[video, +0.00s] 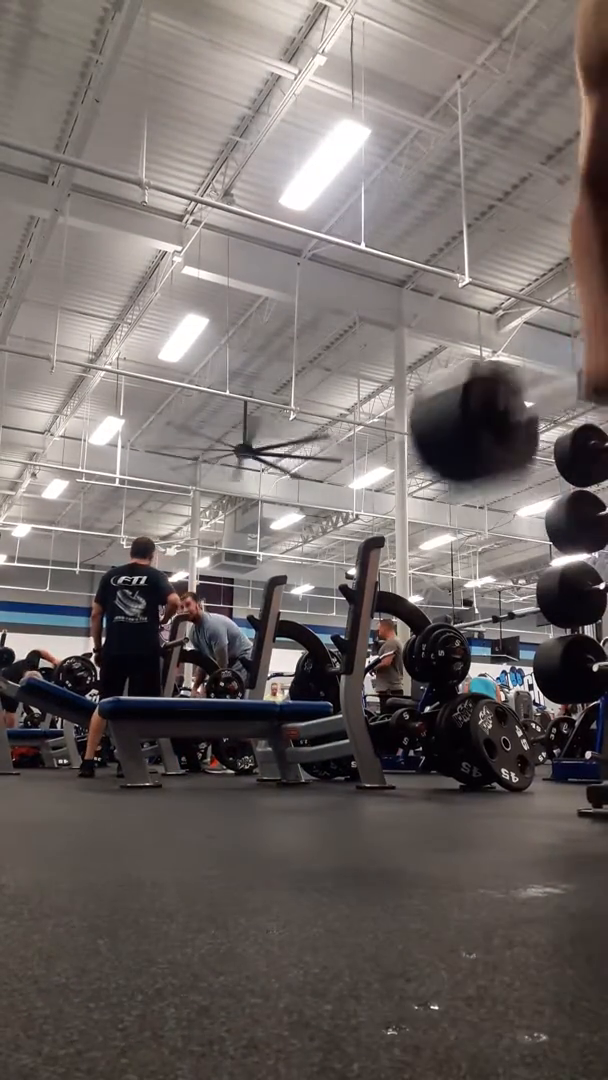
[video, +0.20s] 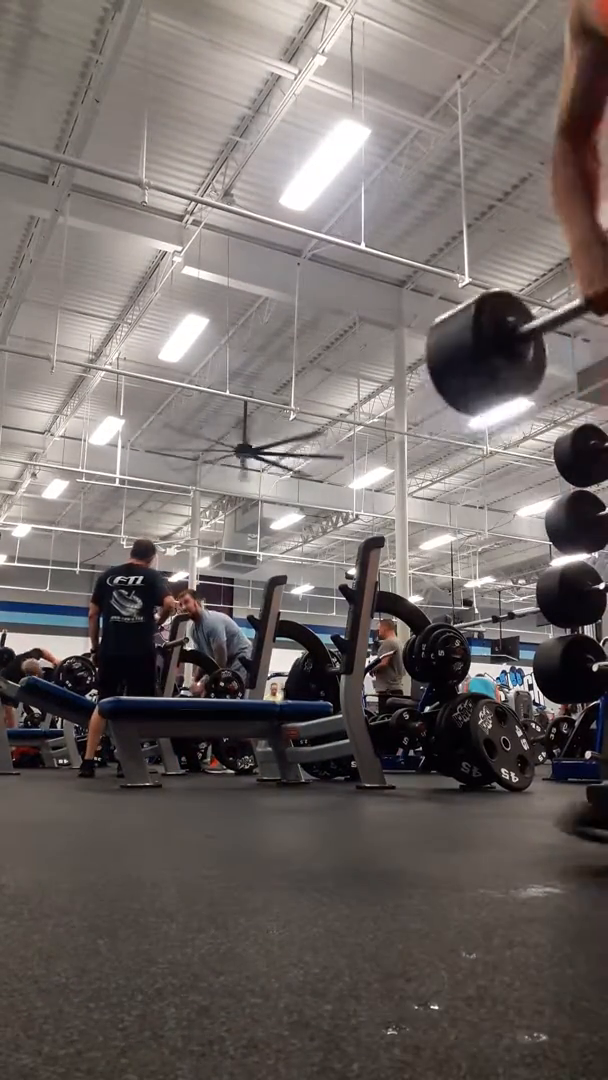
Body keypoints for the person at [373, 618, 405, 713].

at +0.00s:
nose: (378, 632)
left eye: (380, 629)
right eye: (379, 629)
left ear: (386, 628)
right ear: (387, 628)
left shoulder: (391, 643)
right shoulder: (392, 642)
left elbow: (386, 662)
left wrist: (374, 668)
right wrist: (374, 667)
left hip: (389, 691)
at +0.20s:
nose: (379, 632)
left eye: (380, 629)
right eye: (379, 629)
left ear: (385, 628)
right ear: (391, 629)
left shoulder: (388, 643)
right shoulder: (397, 642)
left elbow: (384, 663)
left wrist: (373, 670)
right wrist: (376, 670)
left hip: (387, 692)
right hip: (396, 690)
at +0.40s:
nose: (377, 632)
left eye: (379, 629)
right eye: (378, 629)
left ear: (387, 629)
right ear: (390, 629)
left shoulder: (386, 643)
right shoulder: (399, 643)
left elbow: (382, 664)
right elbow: (403, 670)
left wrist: (372, 673)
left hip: (385, 693)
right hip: (397, 692)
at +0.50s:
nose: (378, 631)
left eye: (380, 628)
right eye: (378, 628)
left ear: (389, 628)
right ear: (389, 629)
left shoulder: (387, 643)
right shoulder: (397, 643)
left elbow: (384, 664)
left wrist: (371, 676)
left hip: (384, 692)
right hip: (396, 691)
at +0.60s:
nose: (378, 631)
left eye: (381, 628)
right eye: (378, 628)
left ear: (390, 629)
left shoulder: (389, 643)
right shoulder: (396, 643)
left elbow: (384, 666)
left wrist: (372, 680)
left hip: (385, 692)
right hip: (394, 691)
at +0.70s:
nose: (380, 631)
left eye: (383, 628)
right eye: (379, 629)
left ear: (391, 630)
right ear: (377, 630)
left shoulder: (390, 644)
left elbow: (387, 667)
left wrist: (378, 685)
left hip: (387, 691)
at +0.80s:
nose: (382, 631)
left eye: (385, 628)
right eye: (380, 629)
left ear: (391, 630)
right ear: (377, 631)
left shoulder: (393, 644)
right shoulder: (383, 646)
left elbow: (396, 661)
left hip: (389, 690)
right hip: (382, 689)